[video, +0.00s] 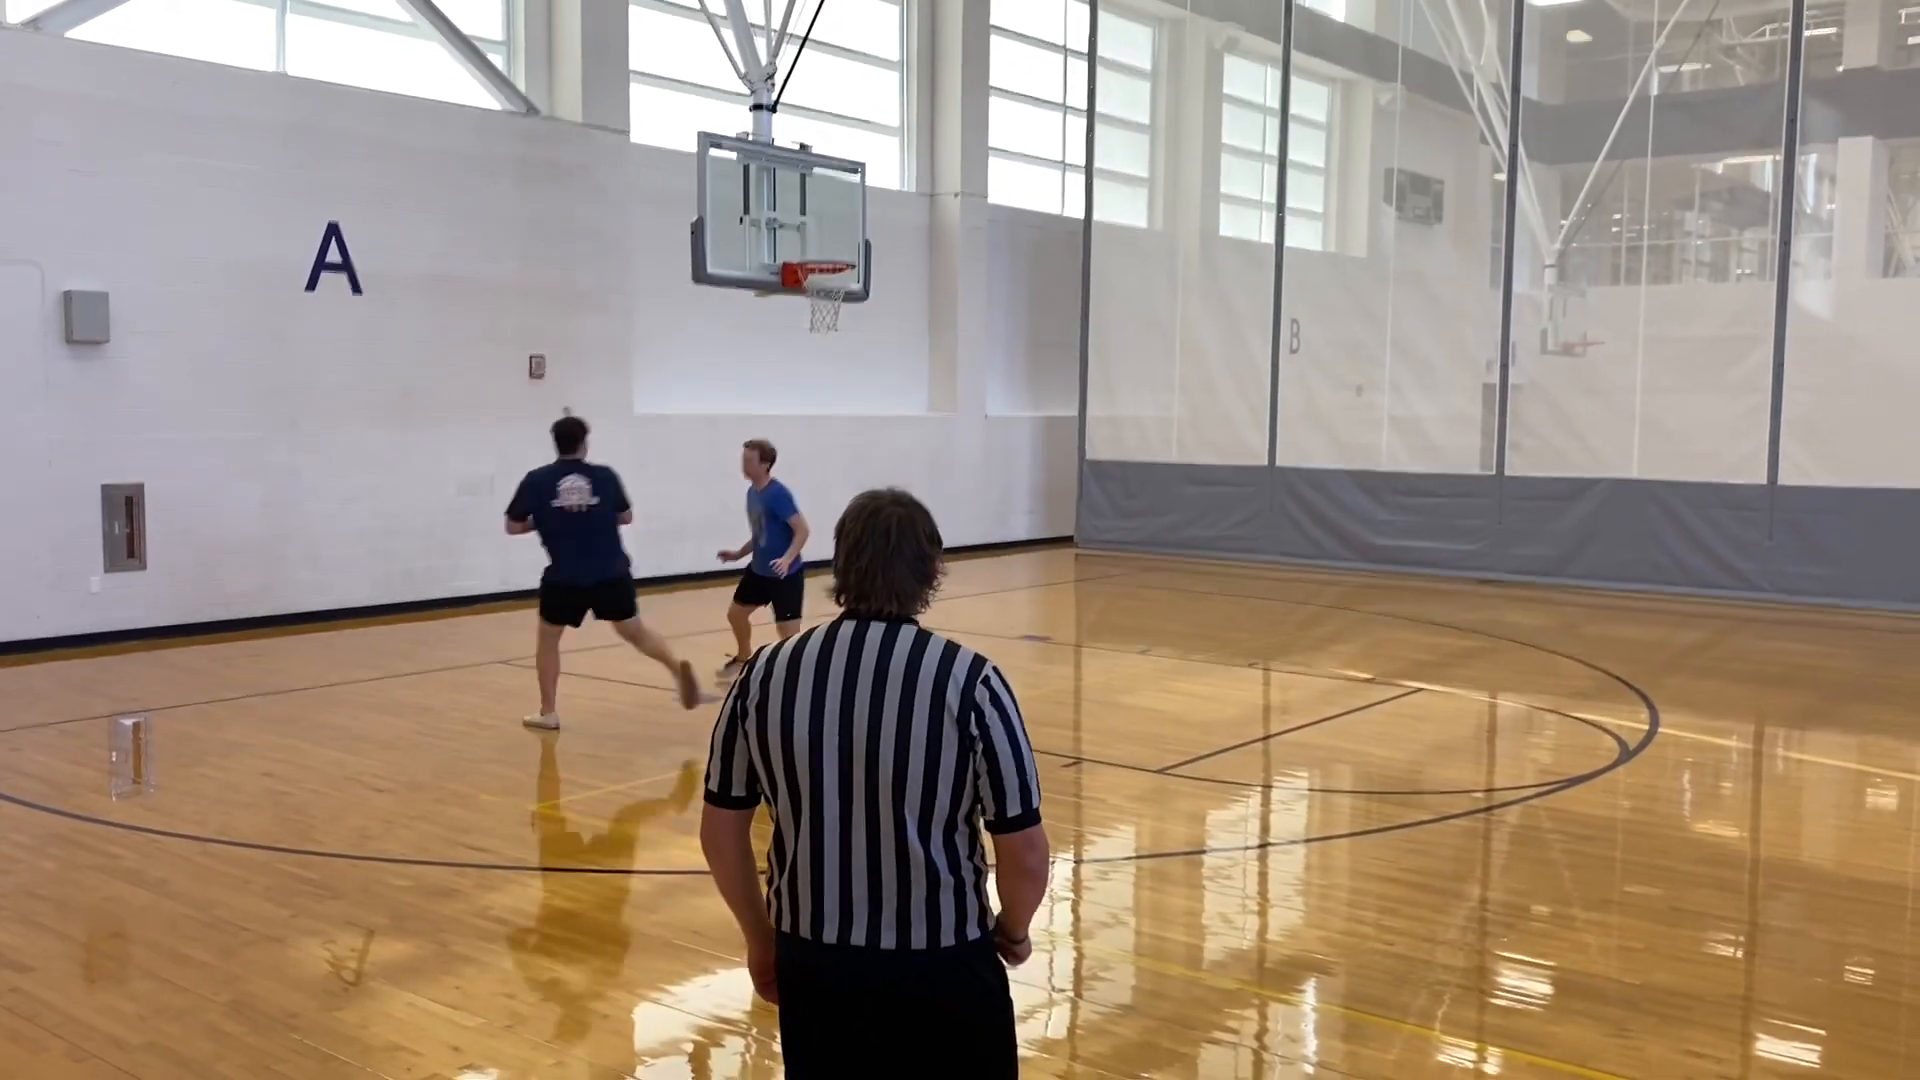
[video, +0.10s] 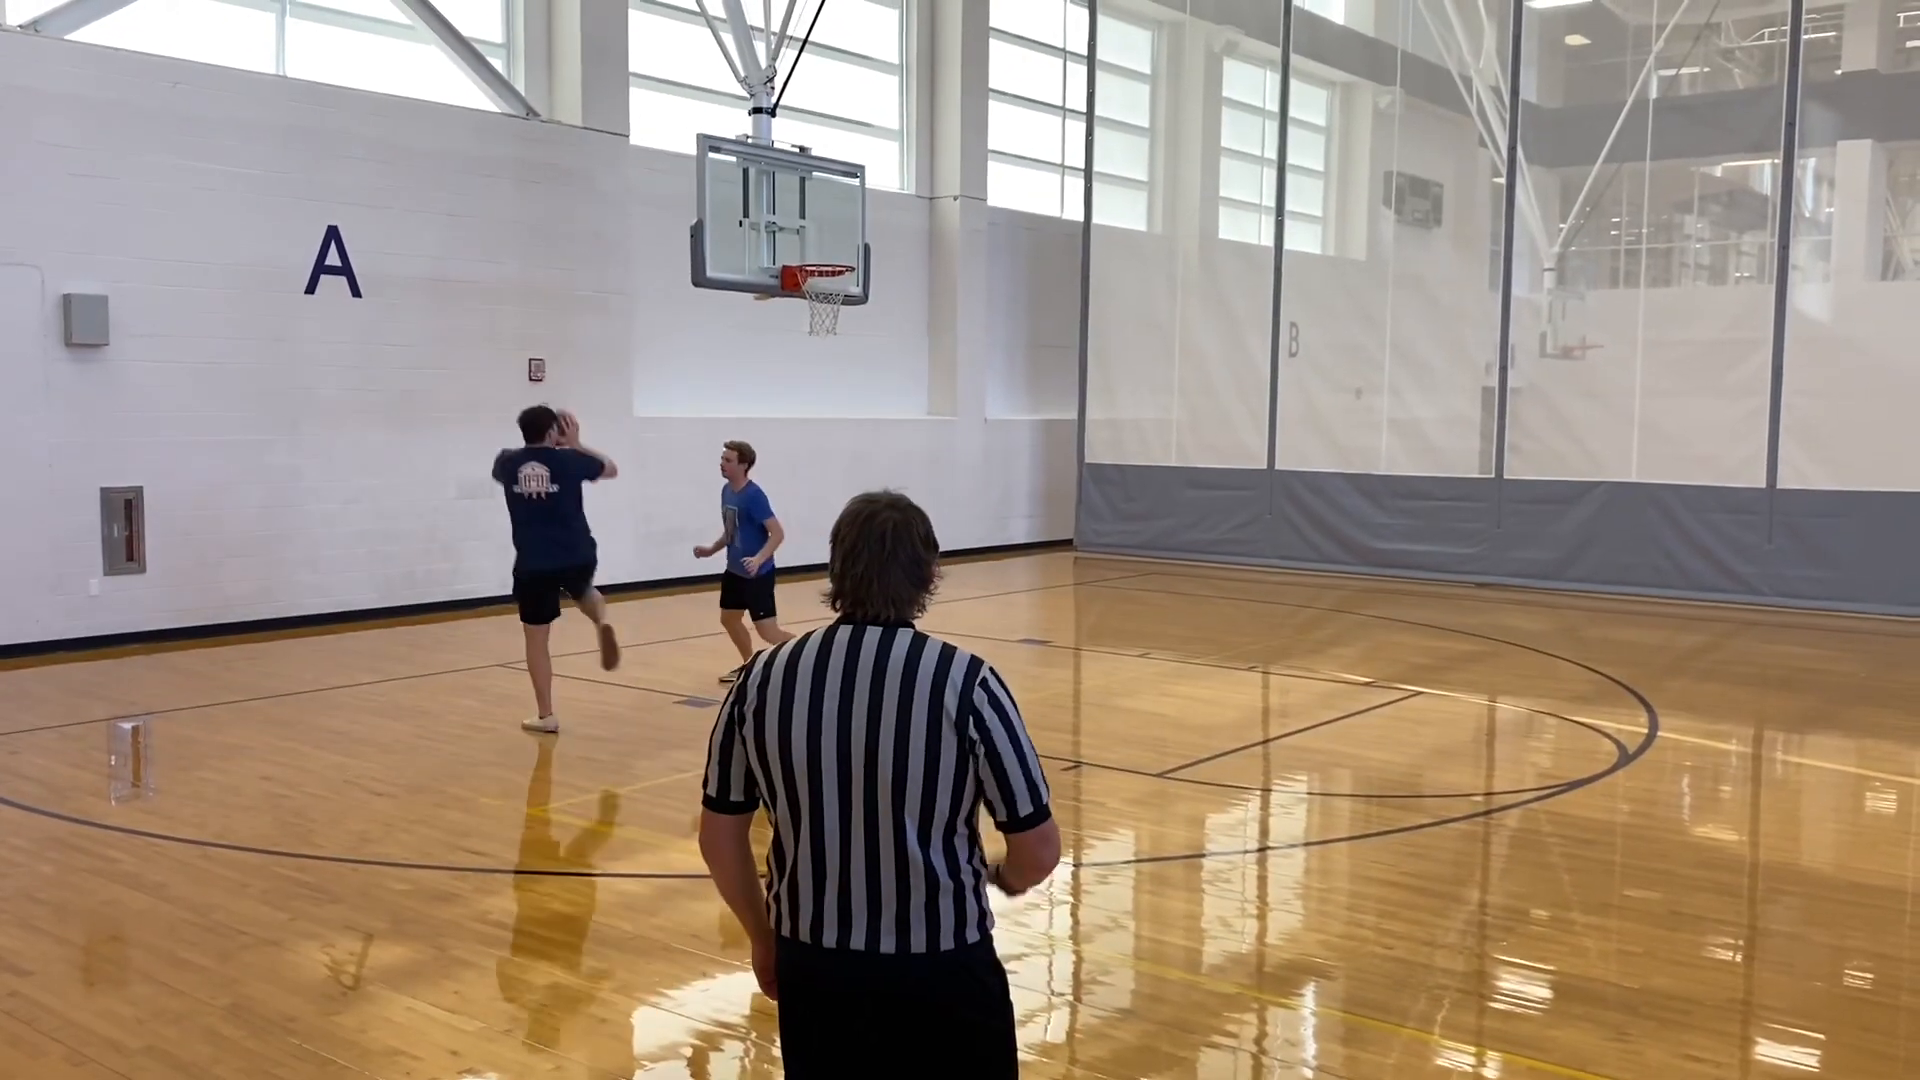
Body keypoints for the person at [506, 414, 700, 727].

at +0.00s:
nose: (587, 445)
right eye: (586, 441)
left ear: (556, 444)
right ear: (585, 443)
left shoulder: (537, 480)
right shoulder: (604, 475)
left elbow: (513, 526)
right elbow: (625, 516)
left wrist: (546, 518)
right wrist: (591, 515)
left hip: (565, 578)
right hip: (611, 574)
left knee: (548, 640)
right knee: (635, 630)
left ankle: (548, 713)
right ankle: (677, 666)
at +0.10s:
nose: (560, 432)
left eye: (558, 428)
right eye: (558, 428)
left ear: (524, 434)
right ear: (552, 433)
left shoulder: (508, 461)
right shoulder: (568, 459)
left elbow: (499, 468)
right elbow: (610, 470)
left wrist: (540, 448)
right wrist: (577, 445)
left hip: (534, 564)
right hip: (577, 556)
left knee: (536, 641)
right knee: (584, 591)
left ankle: (546, 716)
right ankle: (602, 624)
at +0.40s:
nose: (488, 391)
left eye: (485, 387)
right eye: (485, 387)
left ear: (454, 391)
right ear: (479, 392)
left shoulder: (439, 412)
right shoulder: (497, 415)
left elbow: (458, 382)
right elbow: (542, 389)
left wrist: (482, 353)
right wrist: (530, 343)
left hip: (453, 519)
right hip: (494, 517)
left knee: (459, 595)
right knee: (477, 578)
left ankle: (475, 664)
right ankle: (475, 650)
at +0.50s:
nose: (463, 406)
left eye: (460, 403)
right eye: (461, 403)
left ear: (430, 408)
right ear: (456, 409)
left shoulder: (415, 429)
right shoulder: (473, 432)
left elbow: (432, 401)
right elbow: (516, 407)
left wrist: (457, 374)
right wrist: (515, 367)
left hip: (428, 532)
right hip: (468, 531)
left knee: (430, 606)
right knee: (454, 597)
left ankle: (431, 680)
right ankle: (453, 668)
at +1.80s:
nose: (159, 432)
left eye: (161, 426)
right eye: (159, 426)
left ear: (174, 425)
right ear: (187, 425)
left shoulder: (167, 460)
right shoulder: (218, 455)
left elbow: (157, 508)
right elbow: (233, 502)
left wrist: (127, 524)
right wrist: (220, 535)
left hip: (178, 546)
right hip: (204, 543)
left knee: (200, 610)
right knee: (161, 598)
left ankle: (221, 679)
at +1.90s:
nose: (143, 434)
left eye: (144, 428)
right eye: (142, 428)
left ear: (158, 428)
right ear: (170, 427)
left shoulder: (155, 462)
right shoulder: (198, 458)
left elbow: (146, 510)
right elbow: (209, 505)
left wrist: (111, 529)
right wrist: (198, 539)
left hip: (163, 550)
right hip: (185, 547)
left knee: (188, 612)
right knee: (149, 607)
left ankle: (220, 679)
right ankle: (130, 676)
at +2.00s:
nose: (125, 435)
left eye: (128, 429)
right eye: (125, 429)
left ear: (143, 428)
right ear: (150, 429)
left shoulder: (148, 461)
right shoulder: (172, 455)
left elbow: (139, 511)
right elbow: (169, 508)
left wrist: (101, 538)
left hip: (150, 551)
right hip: (163, 548)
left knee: (164, 613)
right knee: (135, 610)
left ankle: (214, 672)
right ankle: (126, 679)